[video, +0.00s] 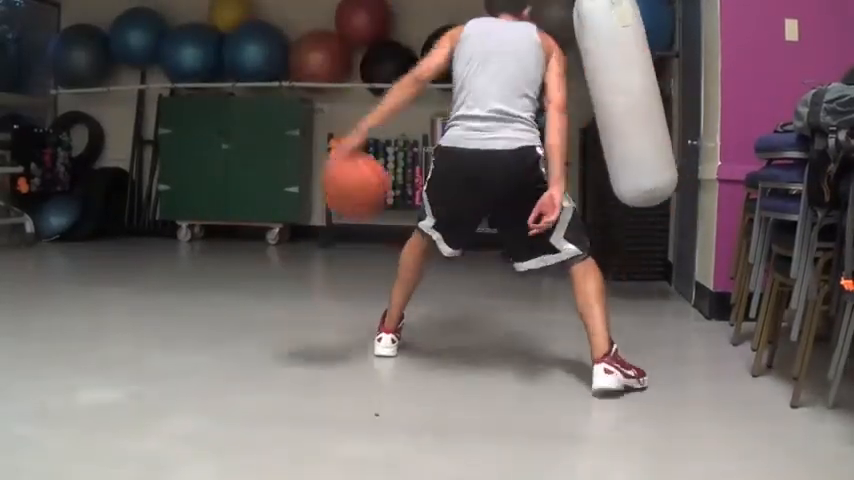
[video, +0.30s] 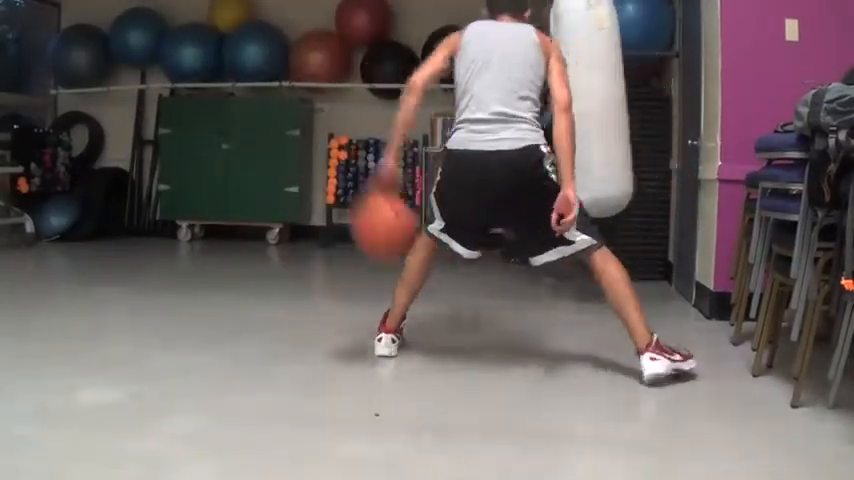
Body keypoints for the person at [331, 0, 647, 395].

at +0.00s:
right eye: (529, 18)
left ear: (488, 14)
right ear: (526, 17)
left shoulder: (458, 35)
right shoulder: (547, 45)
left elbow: (417, 79)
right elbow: (557, 111)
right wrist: (556, 184)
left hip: (457, 162)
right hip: (518, 166)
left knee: (425, 234)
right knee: (579, 255)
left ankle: (388, 329)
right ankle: (605, 360)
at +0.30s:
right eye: (532, 19)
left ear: (486, 15)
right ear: (527, 16)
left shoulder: (459, 38)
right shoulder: (545, 44)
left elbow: (416, 84)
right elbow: (562, 109)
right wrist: (568, 184)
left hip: (464, 169)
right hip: (523, 171)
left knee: (430, 236)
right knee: (596, 252)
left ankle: (389, 329)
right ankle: (650, 349)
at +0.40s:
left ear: (515, 18)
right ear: (555, 20)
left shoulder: (482, 47)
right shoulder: (568, 52)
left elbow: (457, 106)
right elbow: (562, 111)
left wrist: (442, 175)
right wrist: (560, 187)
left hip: (473, 172)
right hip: (534, 175)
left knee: (441, 243)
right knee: (609, 252)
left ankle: (391, 329)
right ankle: (656, 356)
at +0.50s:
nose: (603, 47)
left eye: (603, 40)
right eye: (602, 39)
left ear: (556, 25)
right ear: (590, 32)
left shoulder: (514, 50)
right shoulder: (588, 53)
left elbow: (479, 112)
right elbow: (570, 107)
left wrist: (463, 176)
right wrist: (564, 180)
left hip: (488, 172)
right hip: (545, 173)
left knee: (456, 248)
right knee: (629, 251)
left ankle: (395, 327)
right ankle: (661, 357)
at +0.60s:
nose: (620, 46)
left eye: (619, 40)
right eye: (620, 39)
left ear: (584, 21)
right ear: (616, 27)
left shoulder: (542, 49)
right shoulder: (605, 45)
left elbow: (494, 106)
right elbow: (585, 85)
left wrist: (469, 173)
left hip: (503, 175)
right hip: (556, 175)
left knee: (472, 254)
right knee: (642, 251)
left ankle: (403, 328)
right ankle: (663, 358)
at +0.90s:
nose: (608, 22)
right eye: (607, 16)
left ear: (565, 10)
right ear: (601, 14)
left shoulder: (529, 42)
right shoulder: (602, 41)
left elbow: (499, 102)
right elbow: (592, 94)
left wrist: (480, 174)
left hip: (513, 170)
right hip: (569, 168)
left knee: (490, 232)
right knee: (642, 253)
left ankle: (451, 323)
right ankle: (661, 357)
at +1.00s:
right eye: (570, 16)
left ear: (533, 14)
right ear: (568, 17)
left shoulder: (498, 48)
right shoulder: (583, 47)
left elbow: (484, 113)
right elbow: (580, 109)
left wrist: (467, 174)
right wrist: (585, 175)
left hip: (504, 175)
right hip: (560, 174)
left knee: (485, 234)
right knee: (630, 257)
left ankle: (451, 322)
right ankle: (660, 357)